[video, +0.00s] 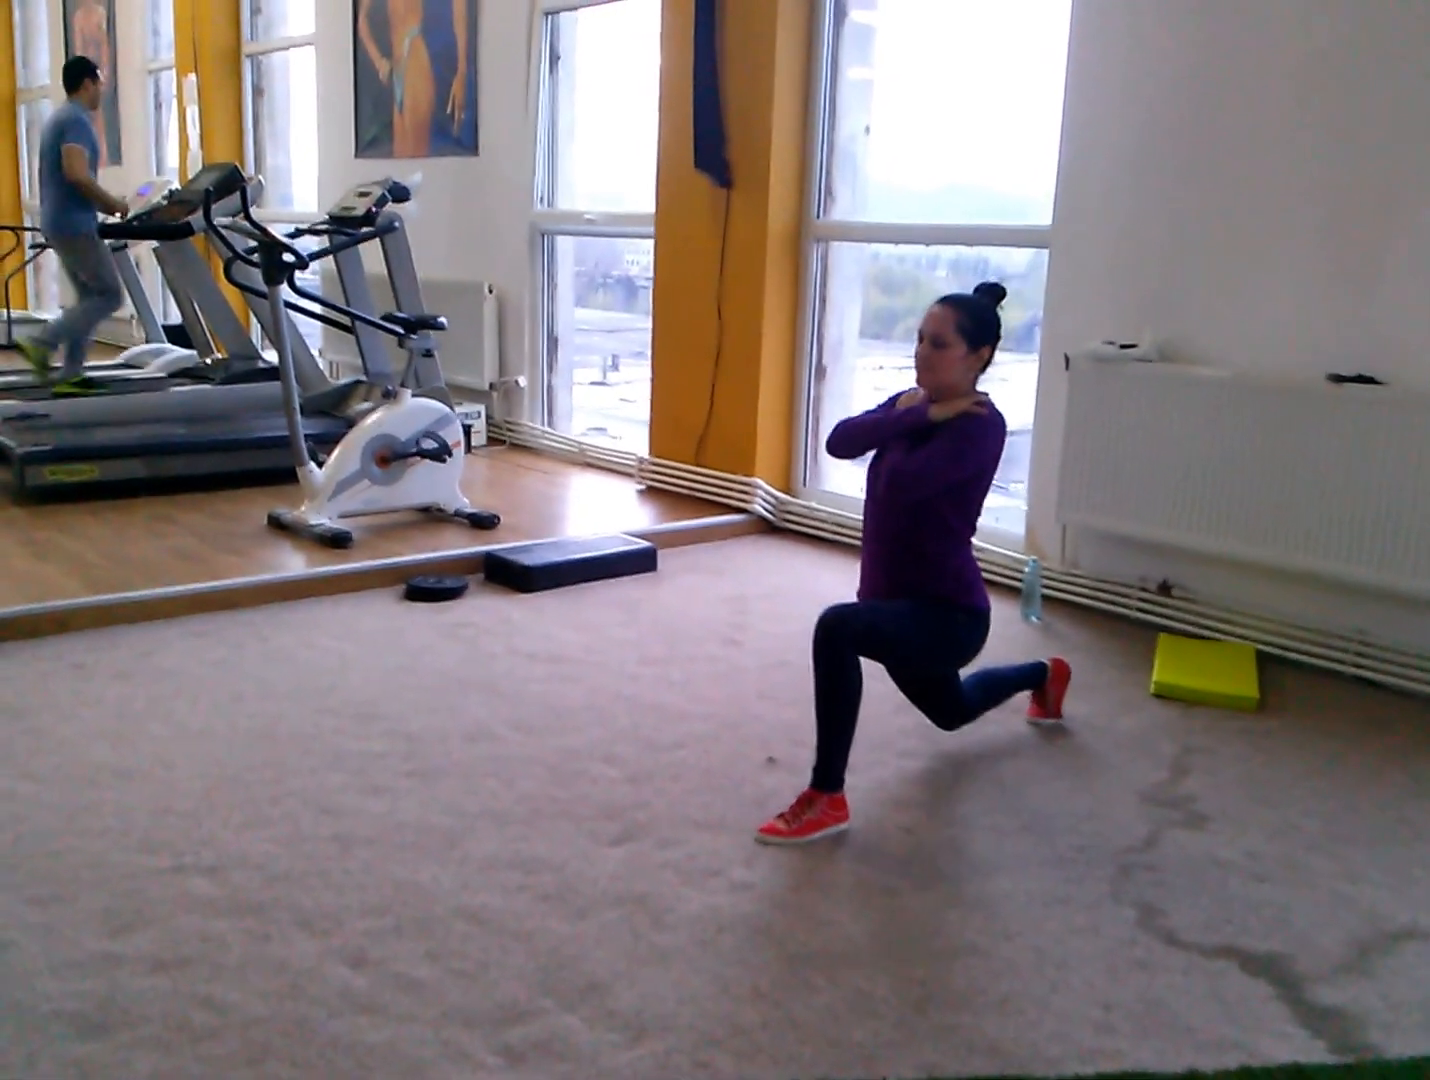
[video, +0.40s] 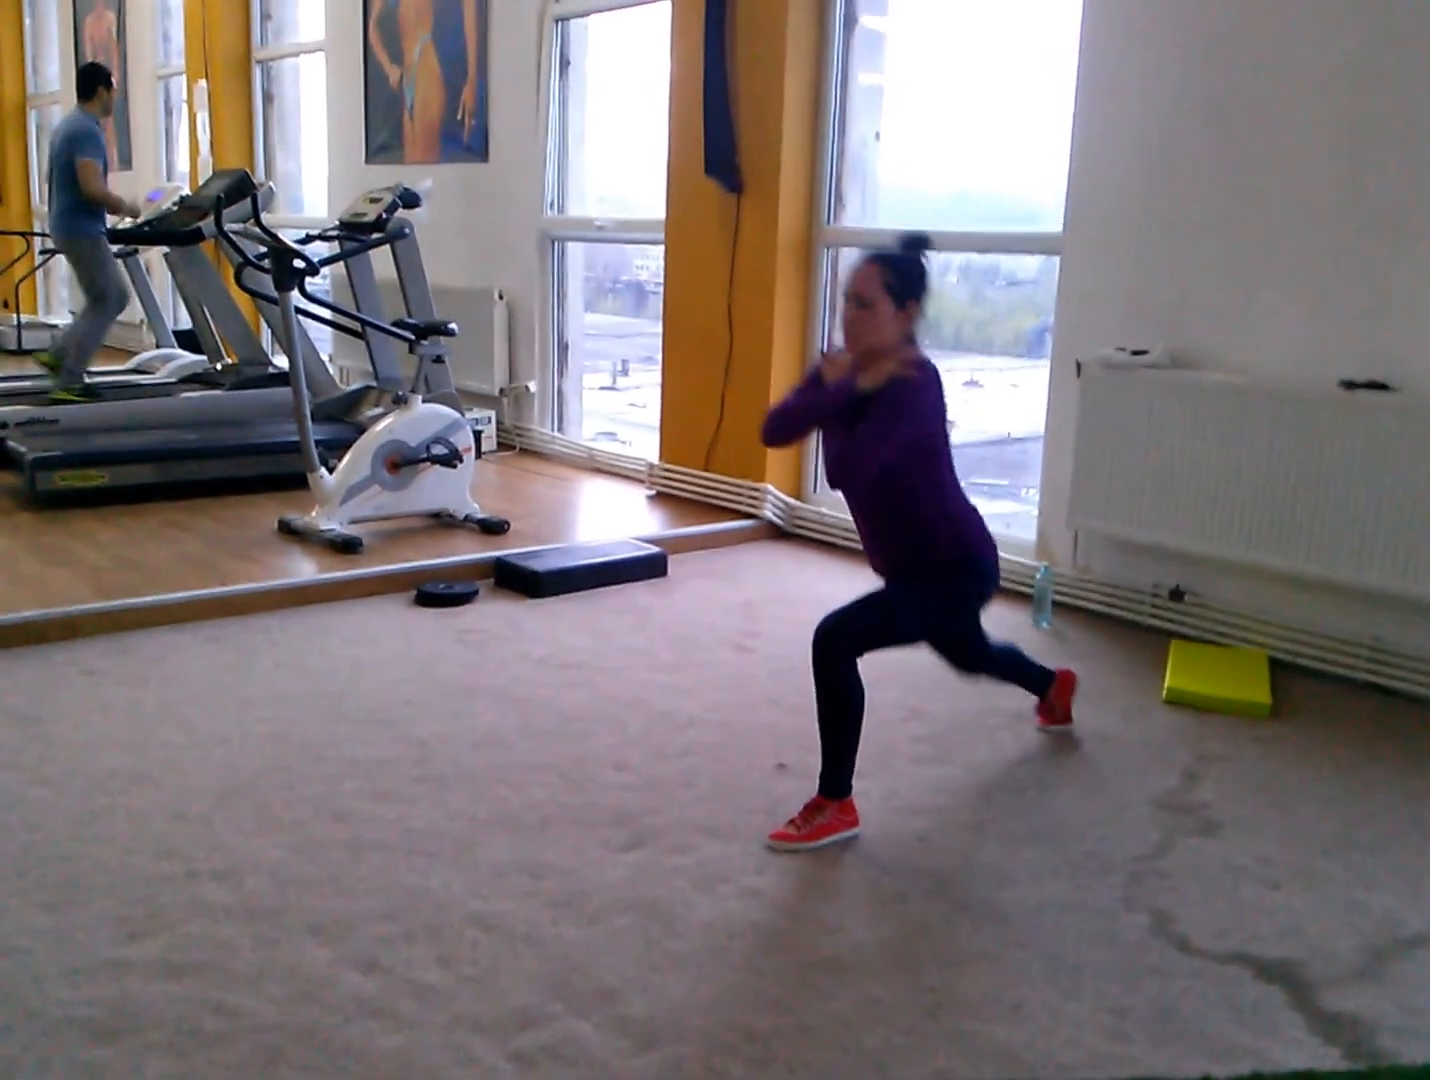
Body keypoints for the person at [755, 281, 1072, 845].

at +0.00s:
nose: (920, 353)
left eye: (937, 344)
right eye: (919, 340)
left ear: (979, 359)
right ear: (914, 342)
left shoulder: (982, 428)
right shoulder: (908, 404)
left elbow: (902, 485)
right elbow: (838, 443)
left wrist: (897, 425)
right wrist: (914, 412)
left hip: (949, 617)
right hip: (889, 608)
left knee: (837, 628)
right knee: (950, 709)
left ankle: (826, 795)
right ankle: (1044, 674)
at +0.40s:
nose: (851, 316)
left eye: (866, 304)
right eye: (848, 302)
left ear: (907, 315)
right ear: (842, 309)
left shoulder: (913, 384)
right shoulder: (843, 372)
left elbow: (847, 470)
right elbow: (774, 430)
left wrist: (838, 391)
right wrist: (842, 382)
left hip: (956, 574)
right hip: (912, 571)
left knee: (835, 638)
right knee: (970, 655)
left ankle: (834, 802)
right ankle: (1053, 685)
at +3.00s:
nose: (782, 161)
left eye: (798, 144)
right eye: (777, 146)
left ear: (850, 147)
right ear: (777, 152)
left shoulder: (875, 233)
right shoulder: (789, 235)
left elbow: (787, 305)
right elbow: (710, 269)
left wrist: (772, 250)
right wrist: (802, 226)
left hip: (843, 485)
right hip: (768, 477)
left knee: (834, 665)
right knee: (679, 619)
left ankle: (860, 819)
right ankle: (721, 763)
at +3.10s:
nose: (806, 162)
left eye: (820, 145)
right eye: (801, 147)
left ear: (870, 147)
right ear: (804, 149)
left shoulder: (896, 233)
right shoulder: (815, 233)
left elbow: (808, 311)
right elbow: (732, 275)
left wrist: (799, 254)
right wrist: (821, 229)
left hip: (868, 485)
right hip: (796, 478)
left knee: (850, 663)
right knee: (726, 625)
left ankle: (863, 821)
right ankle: (817, 716)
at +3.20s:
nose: (824, 157)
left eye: (840, 143)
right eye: (821, 144)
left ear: (889, 147)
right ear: (824, 149)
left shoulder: (916, 230)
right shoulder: (835, 234)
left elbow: (837, 307)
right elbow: (755, 274)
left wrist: (822, 249)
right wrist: (840, 229)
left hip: (888, 482)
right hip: (820, 476)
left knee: (856, 656)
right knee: (781, 637)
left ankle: (860, 820)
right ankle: (888, 691)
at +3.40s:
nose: (862, 180)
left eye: (877, 166)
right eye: (860, 165)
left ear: (924, 169)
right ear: (866, 169)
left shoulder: (948, 254)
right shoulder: (865, 249)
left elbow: (870, 329)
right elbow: (788, 291)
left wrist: (844, 266)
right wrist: (876, 246)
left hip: (928, 490)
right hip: (866, 486)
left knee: (852, 656)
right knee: (897, 632)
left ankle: (860, 821)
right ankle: (990, 687)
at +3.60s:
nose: (901, 268)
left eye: (917, 255)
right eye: (898, 254)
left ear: (961, 262)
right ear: (896, 258)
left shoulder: (977, 339)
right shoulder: (901, 328)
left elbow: (914, 406)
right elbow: (823, 370)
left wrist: (875, 358)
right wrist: (886, 335)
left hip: (964, 558)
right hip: (911, 551)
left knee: (846, 662)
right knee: (972, 669)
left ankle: (858, 822)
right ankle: (1057, 706)